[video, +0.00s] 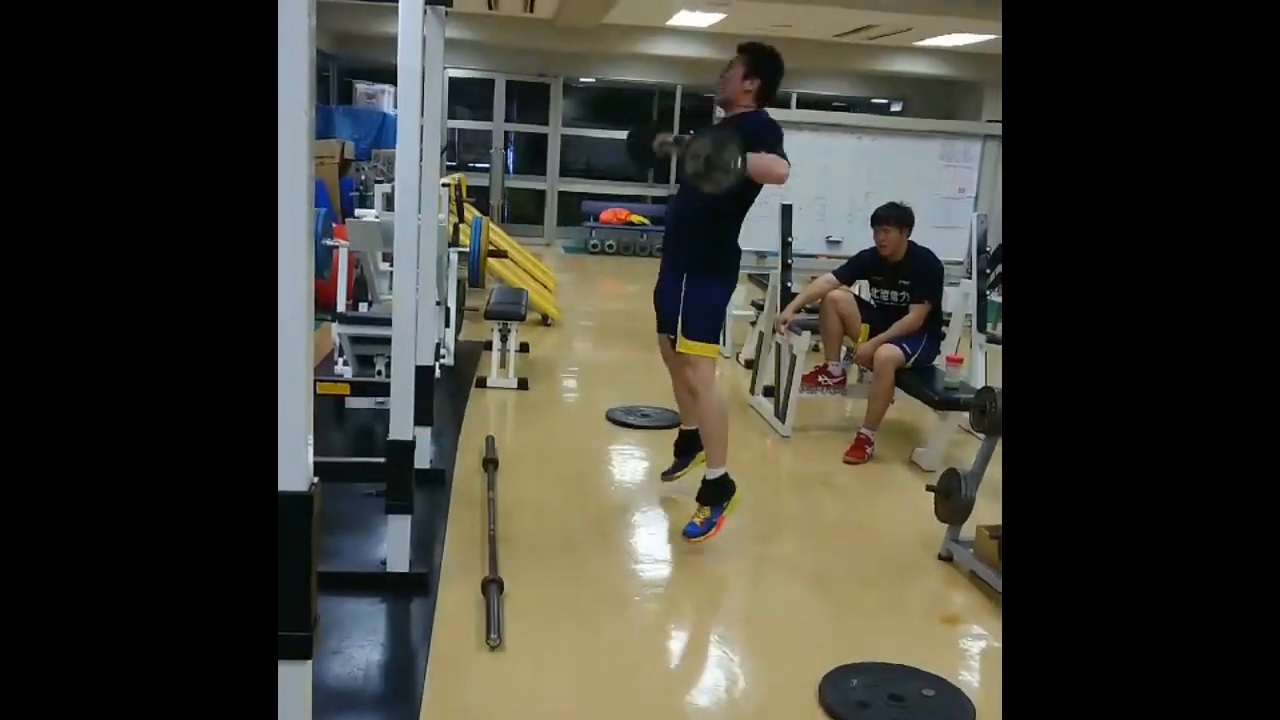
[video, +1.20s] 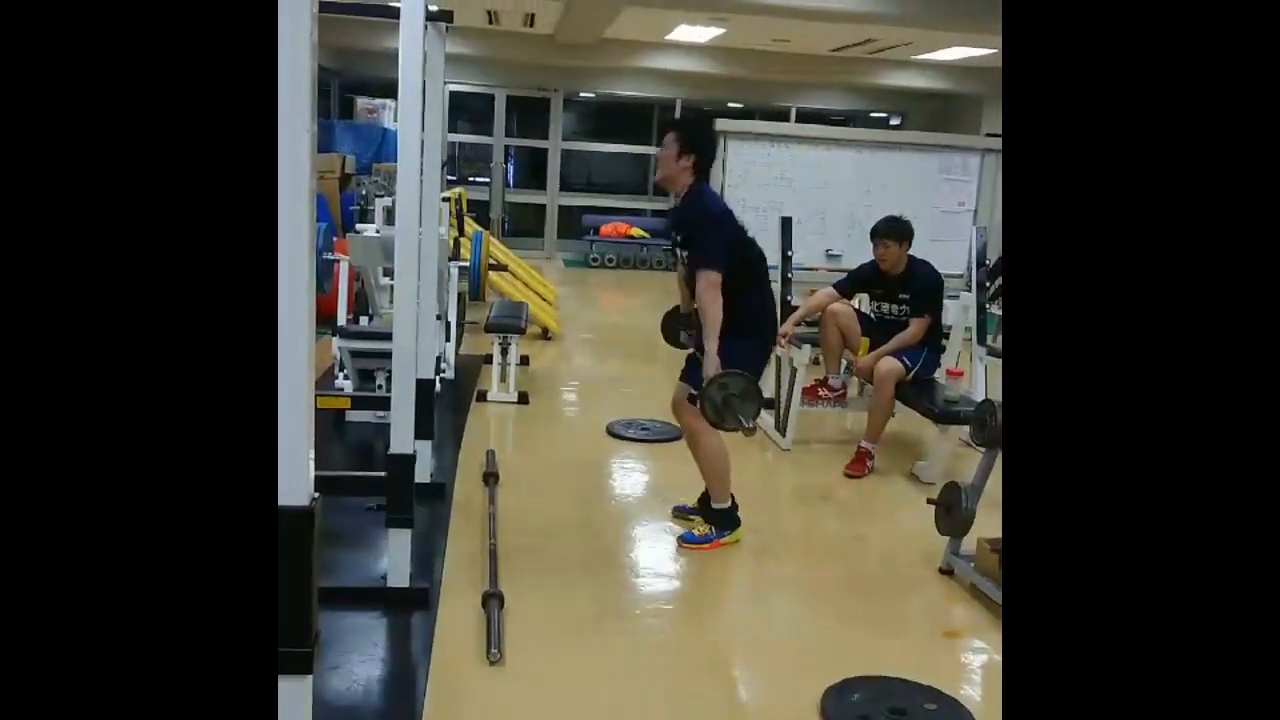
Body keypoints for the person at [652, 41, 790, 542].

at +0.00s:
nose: (721, 77)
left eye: (730, 71)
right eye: (725, 70)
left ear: (751, 83)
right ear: (743, 82)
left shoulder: (759, 126)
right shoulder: (722, 125)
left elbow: (779, 170)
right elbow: (697, 153)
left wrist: (731, 159)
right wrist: (666, 146)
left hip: (710, 264)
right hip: (678, 256)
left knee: (698, 370)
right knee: (671, 349)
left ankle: (719, 483)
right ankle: (690, 434)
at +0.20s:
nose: (729, 128)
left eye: (737, 123)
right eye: (730, 121)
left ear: (753, 136)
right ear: (731, 132)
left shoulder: (750, 184)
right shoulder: (716, 166)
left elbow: (744, 136)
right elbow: (702, 127)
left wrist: (733, 71)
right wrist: (691, 79)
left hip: (706, 312)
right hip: (677, 304)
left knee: (685, 420)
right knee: (658, 400)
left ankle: (731, 527)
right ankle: (698, 473)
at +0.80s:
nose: (725, 145)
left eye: (736, 133)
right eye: (728, 137)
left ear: (754, 144)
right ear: (737, 143)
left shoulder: (752, 189)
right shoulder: (721, 185)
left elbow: (742, 182)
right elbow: (706, 169)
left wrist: (724, 123)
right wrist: (695, 127)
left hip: (715, 324)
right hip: (690, 317)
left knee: (694, 426)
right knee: (668, 400)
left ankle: (731, 534)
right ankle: (700, 478)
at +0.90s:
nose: (729, 108)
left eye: (737, 102)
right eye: (733, 100)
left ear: (758, 114)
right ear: (752, 113)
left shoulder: (759, 159)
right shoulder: (726, 156)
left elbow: (771, 206)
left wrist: (723, 179)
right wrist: (689, 167)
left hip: (724, 296)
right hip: (696, 289)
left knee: (717, 400)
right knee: (691, 385)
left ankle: (723, 516)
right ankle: (695, 468)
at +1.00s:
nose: (723, 101)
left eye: (731, 94)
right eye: (726, 93)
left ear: (753, 104)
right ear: (747, 103)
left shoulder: (760, 151)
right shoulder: (727, 151)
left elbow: (759, 207)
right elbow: (716, 209)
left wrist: (700, 237)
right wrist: (681, 228)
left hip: (733, 286)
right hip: (705, 280)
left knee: (711, 391)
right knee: (692, 383)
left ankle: (724, 505)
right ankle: (707, 477)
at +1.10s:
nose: (700, 120)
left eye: (709, 114)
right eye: (704, 113)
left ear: (731, 127)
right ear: (727, 128)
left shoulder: (740, 174)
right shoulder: (718, 174)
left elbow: (723, 246)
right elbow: (699, 237)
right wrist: (679, 282)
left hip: (738, 307)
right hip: (717, 302)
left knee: (706, 406)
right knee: (696, 401)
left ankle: (723, 512)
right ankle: (716, 495)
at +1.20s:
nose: (657, 158)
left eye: (665, 150)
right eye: (661, 149)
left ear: (687, 161)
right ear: (685, 162)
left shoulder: (705, 212)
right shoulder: (686, 208)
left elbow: (711, 289)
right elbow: (685, 269)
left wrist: (712, 355)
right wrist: (684, 309)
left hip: (746, 331)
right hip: (722, 324)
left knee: (694, 411)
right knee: (685, 406)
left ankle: (724, 516)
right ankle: (716, 499)